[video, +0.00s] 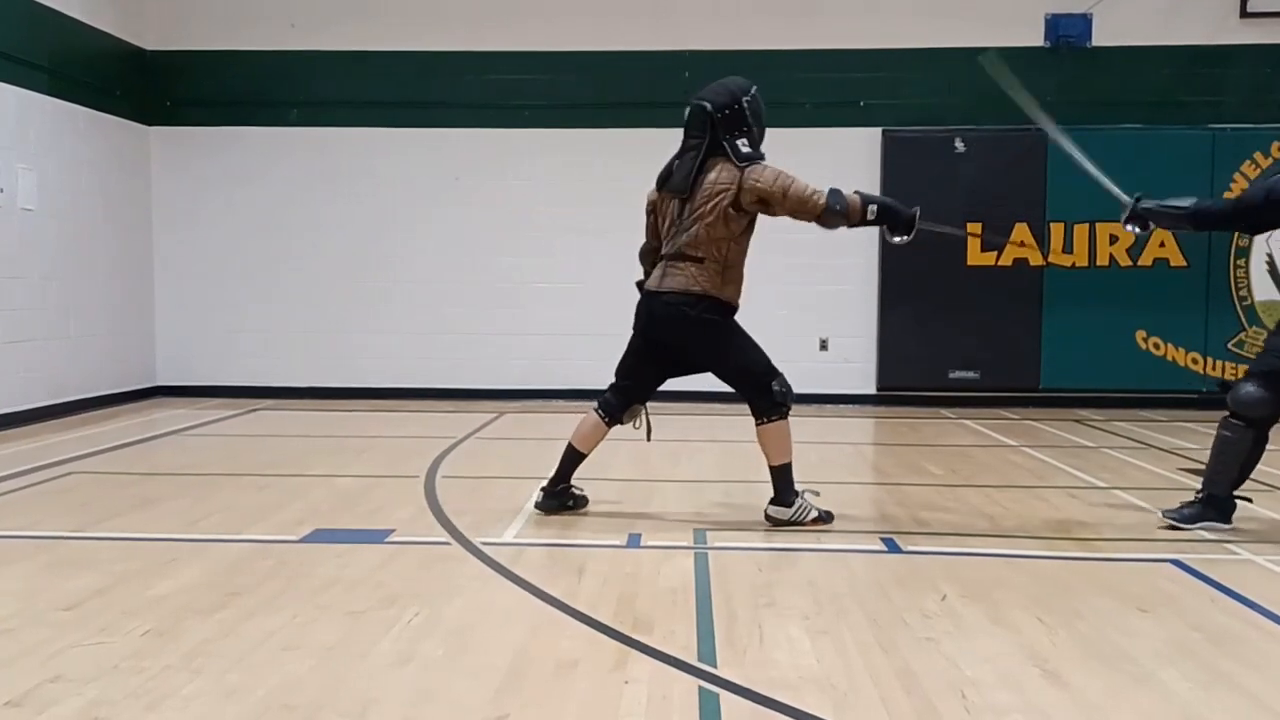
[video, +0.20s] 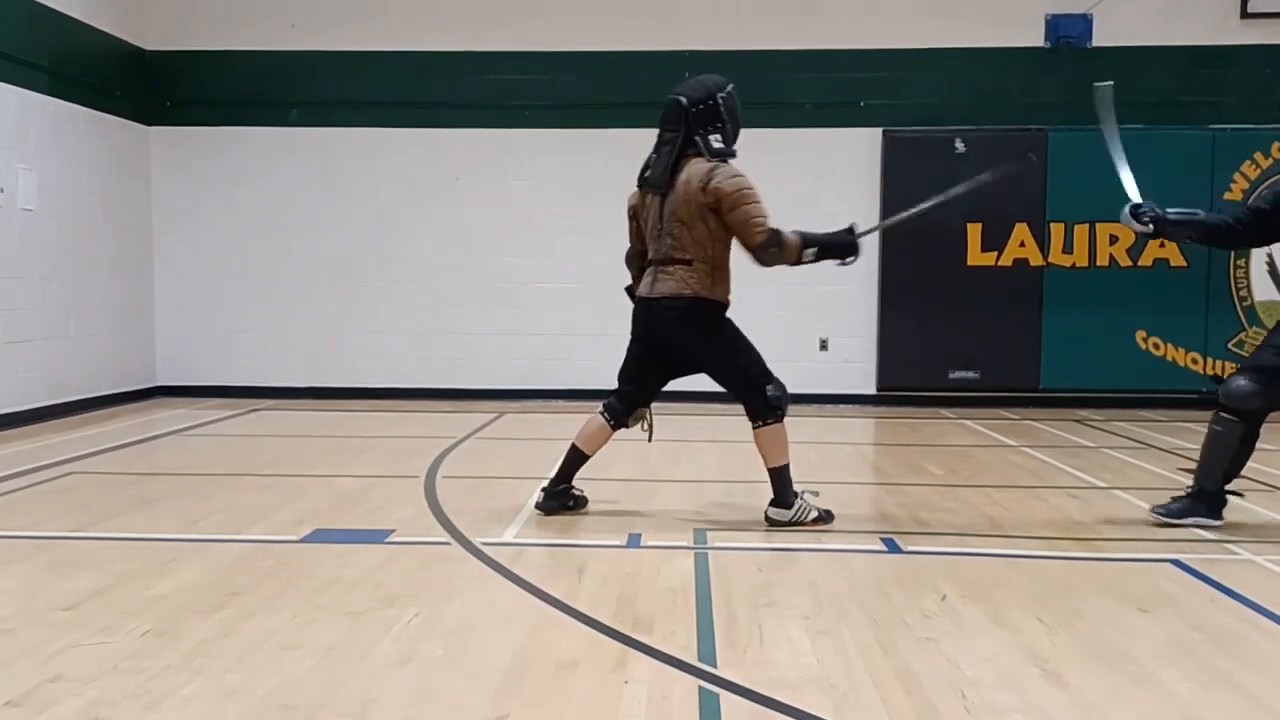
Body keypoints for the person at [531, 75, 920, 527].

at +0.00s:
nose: (758, 130)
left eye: (756, 120)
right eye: (753, 122)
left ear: (703, 124)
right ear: (738, 125)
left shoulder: (673, 172)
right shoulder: (743, 173)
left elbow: (651, 249)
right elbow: (818, 203)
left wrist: (660, 300)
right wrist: (879, 209)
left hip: (656, 311)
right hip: (703, 316)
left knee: (618, 398)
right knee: (770, 392)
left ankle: (556, 486)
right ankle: (785, 499)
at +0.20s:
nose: (734, 125)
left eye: (732, 116)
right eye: (729, 116)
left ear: (680, 121)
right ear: (715, 121)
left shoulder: (651, 178)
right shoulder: (720, 176)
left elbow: (637, 258)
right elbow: (766, 245)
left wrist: (652, 306)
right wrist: (822, 244)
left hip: (650, 317)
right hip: (697, 317)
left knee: (624, 403)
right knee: (765, 397)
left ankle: (557, 487)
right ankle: (785, 501)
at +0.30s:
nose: (713, 122)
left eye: (710, 112)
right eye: (708, 113)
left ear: (661, 115)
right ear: (694, 117)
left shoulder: (634, 171)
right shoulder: (694, 171)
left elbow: (624, 254)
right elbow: (725, 246)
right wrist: (789, 254)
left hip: (636, 312)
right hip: (679, 313)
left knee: (615, 403)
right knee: (739, 402)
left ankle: (555, 488)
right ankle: (781, 500)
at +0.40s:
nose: (694, 116)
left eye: (691, 107)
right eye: (689, 108)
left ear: (643, 115)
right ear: (676, 115)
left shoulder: (622, 167)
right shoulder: (671, 170)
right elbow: (687, 244)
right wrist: (751, 258)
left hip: (621, 307)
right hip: (657, 309)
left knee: (607, 402)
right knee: (722, 395)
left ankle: (554, 488)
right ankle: (758, 494)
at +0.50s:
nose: (685, 112)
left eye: (682, 103)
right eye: (678, 104)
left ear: (632, 111)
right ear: (664, 110)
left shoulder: (620, 162)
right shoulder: (655, 167)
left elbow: (635, 243)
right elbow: (663, 243)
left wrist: (721, 257)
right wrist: (731, 256)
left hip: (615, 304)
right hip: (648, 305)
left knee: (609, 397)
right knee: (717, 383)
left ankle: (554, 486)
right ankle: (698, 492)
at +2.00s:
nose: (655, 105)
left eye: (651, 96)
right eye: (650, 97)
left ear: (604, 104)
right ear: (638, 101)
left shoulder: (588, 153)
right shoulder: (639, 152)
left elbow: (584, 219)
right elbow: (699, 201)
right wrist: (775, 212)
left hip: (595, 293)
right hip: (634, 294)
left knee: (594, 389)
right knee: (674, 390)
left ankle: (553, 487)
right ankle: (683, 495)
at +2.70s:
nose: (664, 103)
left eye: (661, 94)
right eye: (659, 95)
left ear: (613, 101)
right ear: (646, 100)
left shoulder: (592, 151)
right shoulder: (641, 155)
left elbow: (596, 224)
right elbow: (649, 229)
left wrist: (689, 233)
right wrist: (707, 236)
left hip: (590, 292)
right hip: (628, 294)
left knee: (592, 386)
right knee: (671, 392)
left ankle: (553, 487)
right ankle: (683, 495)